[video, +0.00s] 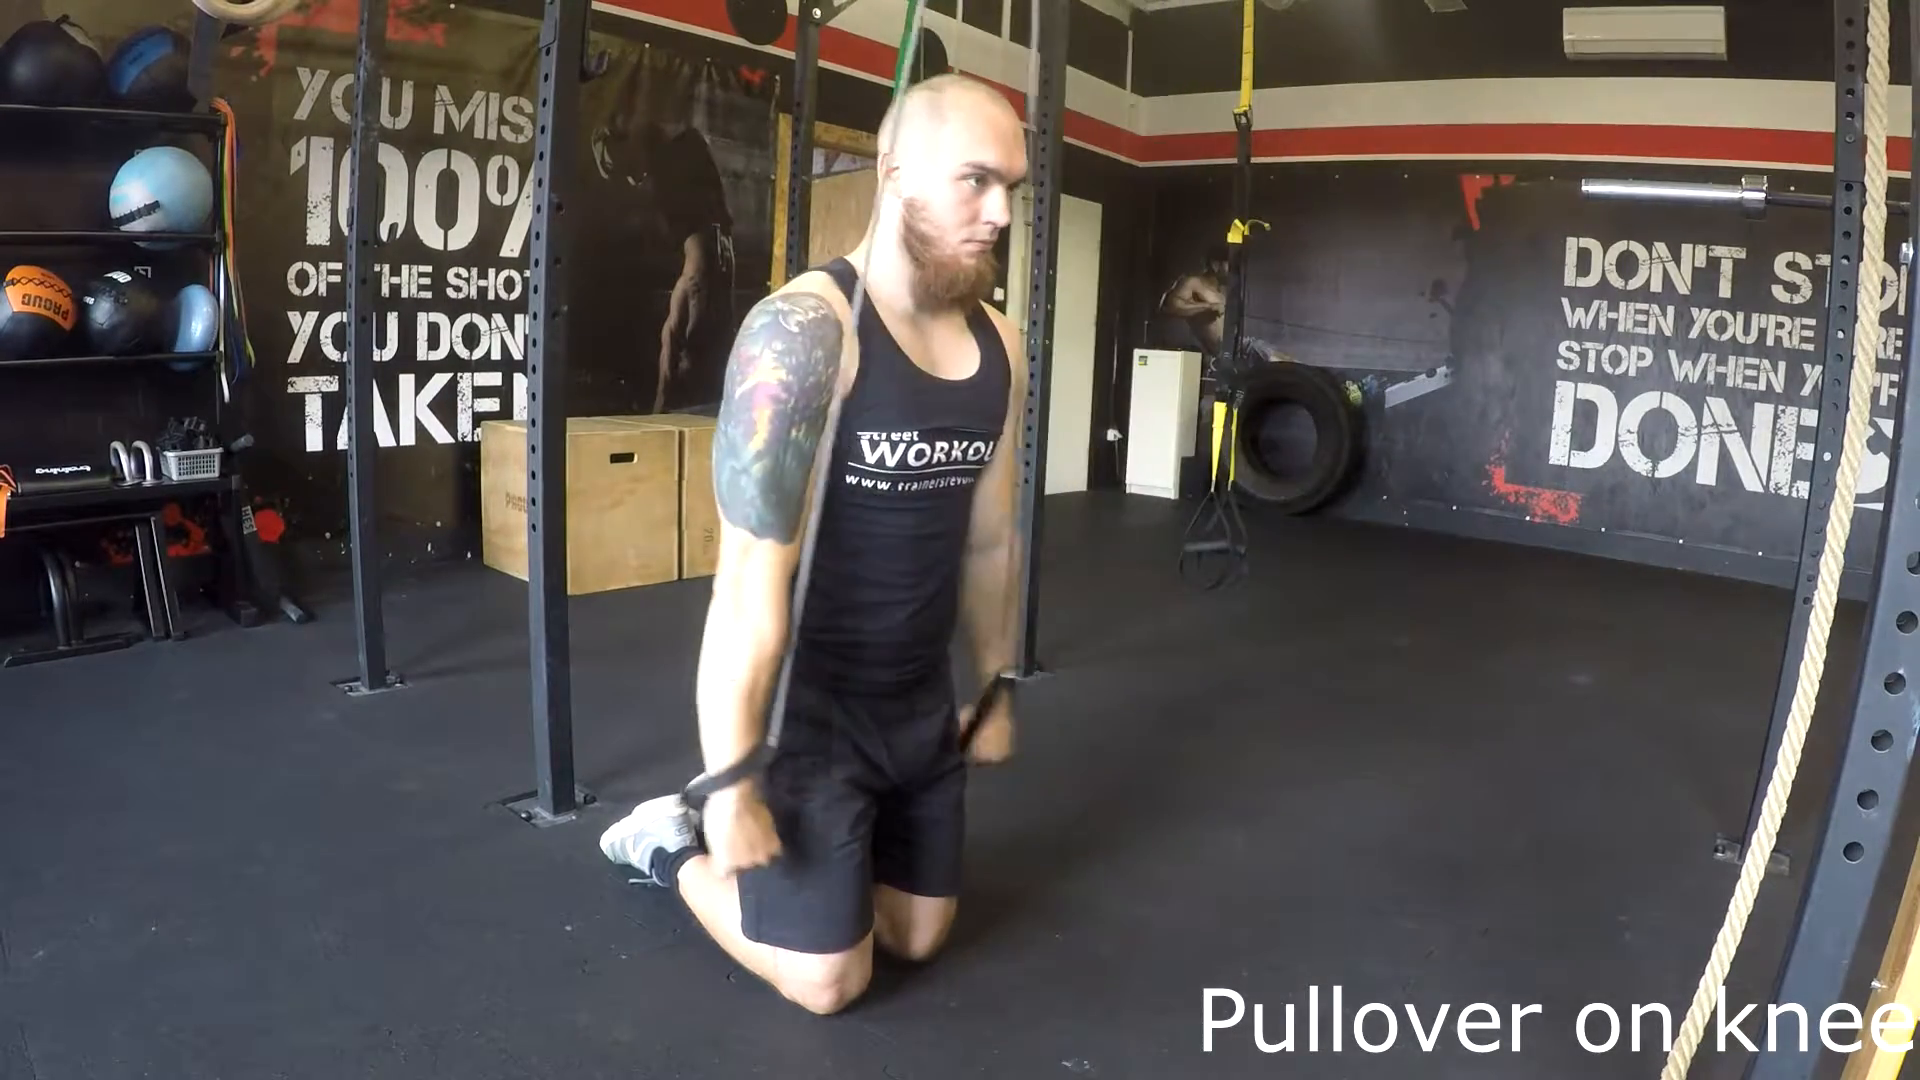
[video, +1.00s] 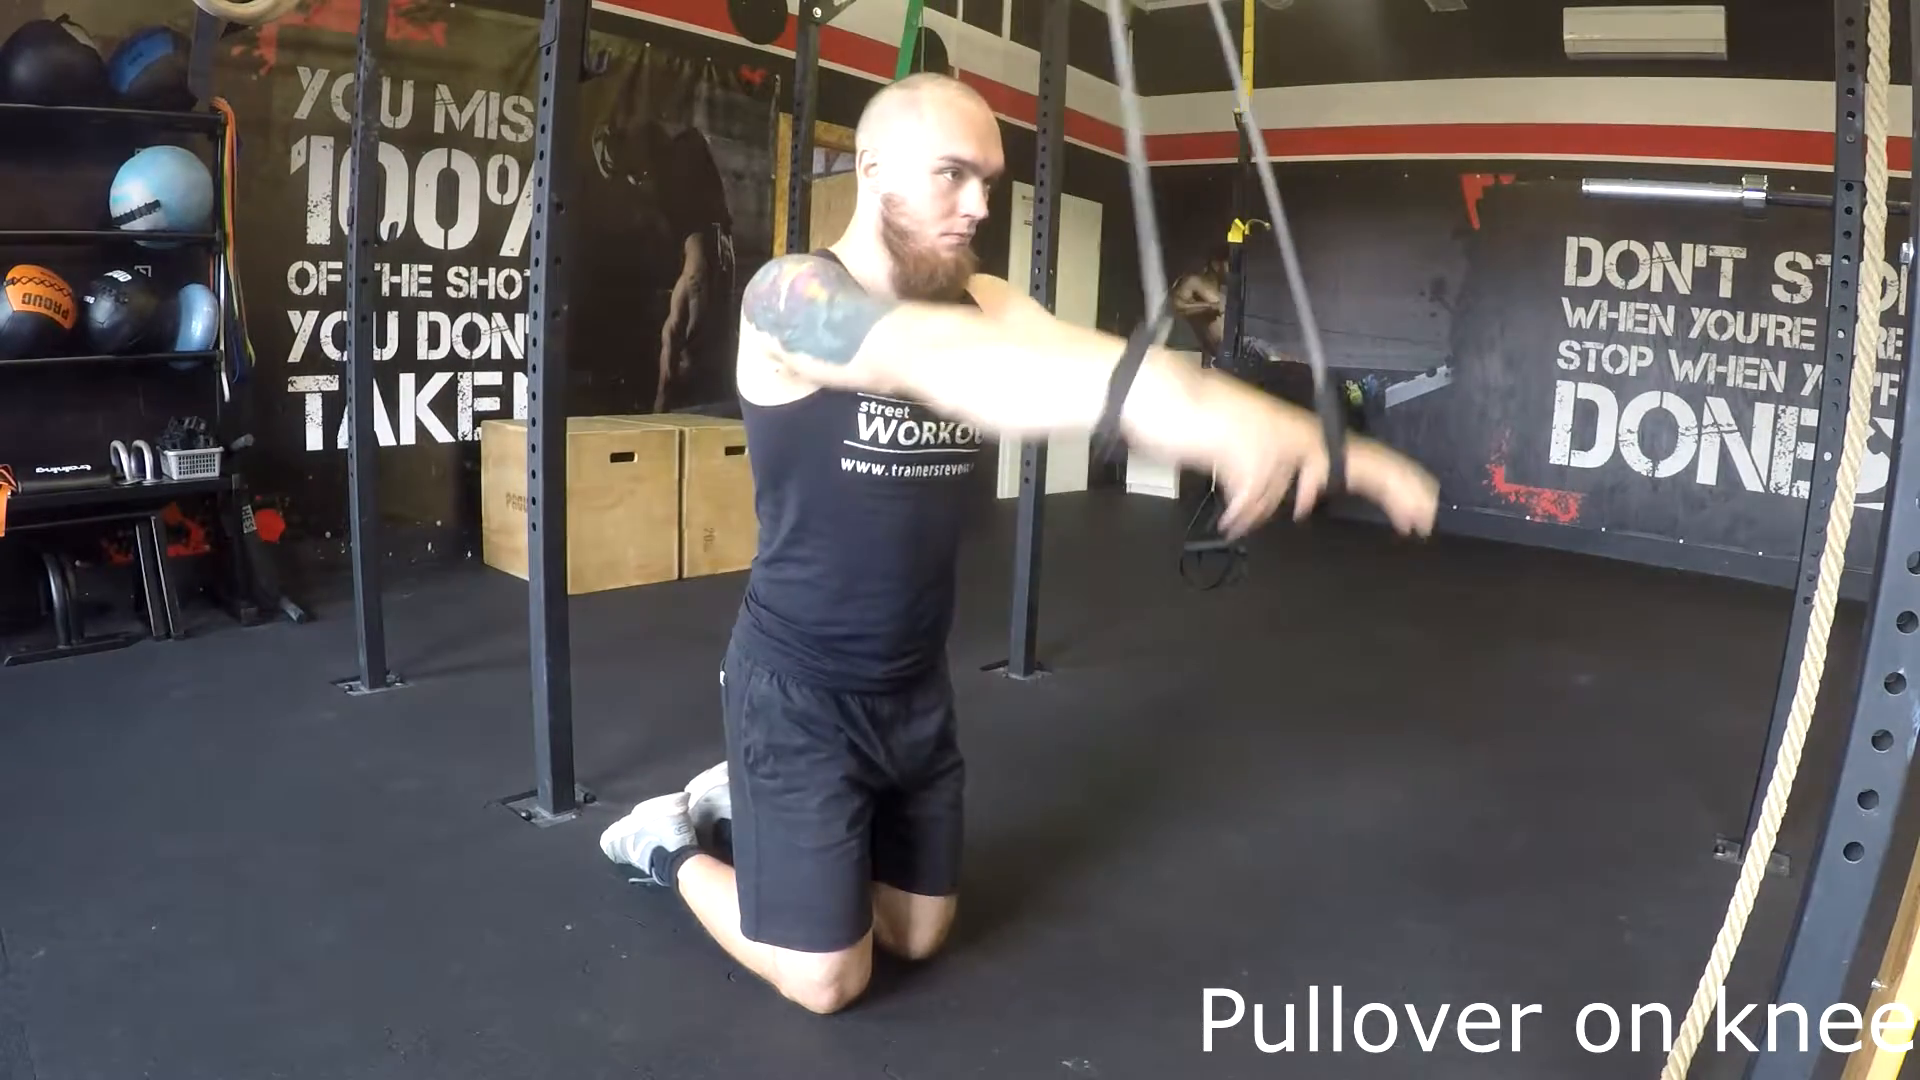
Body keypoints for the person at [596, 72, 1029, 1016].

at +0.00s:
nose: (1000, 213)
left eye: (1011, 187)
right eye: (976, 182)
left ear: (1016, 195)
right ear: (896, 177)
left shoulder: (997, 343)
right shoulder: (801, 332)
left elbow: (993, 538)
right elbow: (752, 578)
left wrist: (997, 682)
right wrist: (730, 779)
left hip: (923, 699)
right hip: (807, 707)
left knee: (916, 934)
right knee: (827, 982)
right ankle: (677, 844)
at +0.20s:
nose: (1002, 213)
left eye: (1013, 188)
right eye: (979, 183)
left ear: (1018, 196)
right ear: (897, 177)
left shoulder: (994, 341)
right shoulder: (798, 332)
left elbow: (984, 537)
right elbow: (741, 571)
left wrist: (976, 680)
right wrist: (713, 768)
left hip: (924, 697)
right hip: (805, 702)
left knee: (916, 932)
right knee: (826, 981)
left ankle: (769, 830)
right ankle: (680, 841)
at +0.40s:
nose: (1002, 211)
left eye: (1011, 184)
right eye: (978, 180)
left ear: (1016, 192)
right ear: (897, 178)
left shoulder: (1000, 341)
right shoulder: (800, 332)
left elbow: (1007, 535)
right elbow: (742, 579)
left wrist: (1022, 682)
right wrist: (716, 783)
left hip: (919, 699)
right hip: (799, 705)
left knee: (915, 932)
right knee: (826, 979)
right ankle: (678, 841)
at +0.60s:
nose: (996, 207)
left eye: (1006, 181)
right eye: (972, 176)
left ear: (1010, 189)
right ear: (893, 176)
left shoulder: (1000, 335)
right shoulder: (801, 325)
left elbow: (1063, 516)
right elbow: (759, 567)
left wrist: (1131, 663)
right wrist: (766, 782)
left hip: (918, 697)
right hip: (808, 705)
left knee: (913, 933)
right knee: (824, 981)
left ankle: (744, 816)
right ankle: (671, 847)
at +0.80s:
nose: (985, 203)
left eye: (993, 178)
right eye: (959, 173)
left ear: (999, 184)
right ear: (880, 176)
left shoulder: (990, 322)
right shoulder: (796, 310)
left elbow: (1119, 463)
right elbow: (868, 504)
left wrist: (1253, 590)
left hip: (927, 680)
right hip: (804, 683)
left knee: (914, 932)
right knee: (823, 977)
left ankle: (741, 815)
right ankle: (672, 854)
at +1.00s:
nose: (978, 206)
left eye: (990, 183)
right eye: (951, 177)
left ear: (992, 188)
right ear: (867, 173)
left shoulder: (984, 303)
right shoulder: (791, 294)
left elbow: (1123, 376)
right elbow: (949, 369)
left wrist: (1334, 453)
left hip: (916, 683)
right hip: (797, 686)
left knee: (916, 931)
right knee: (822, 978)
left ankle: (759, 807)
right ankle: (672, 852)